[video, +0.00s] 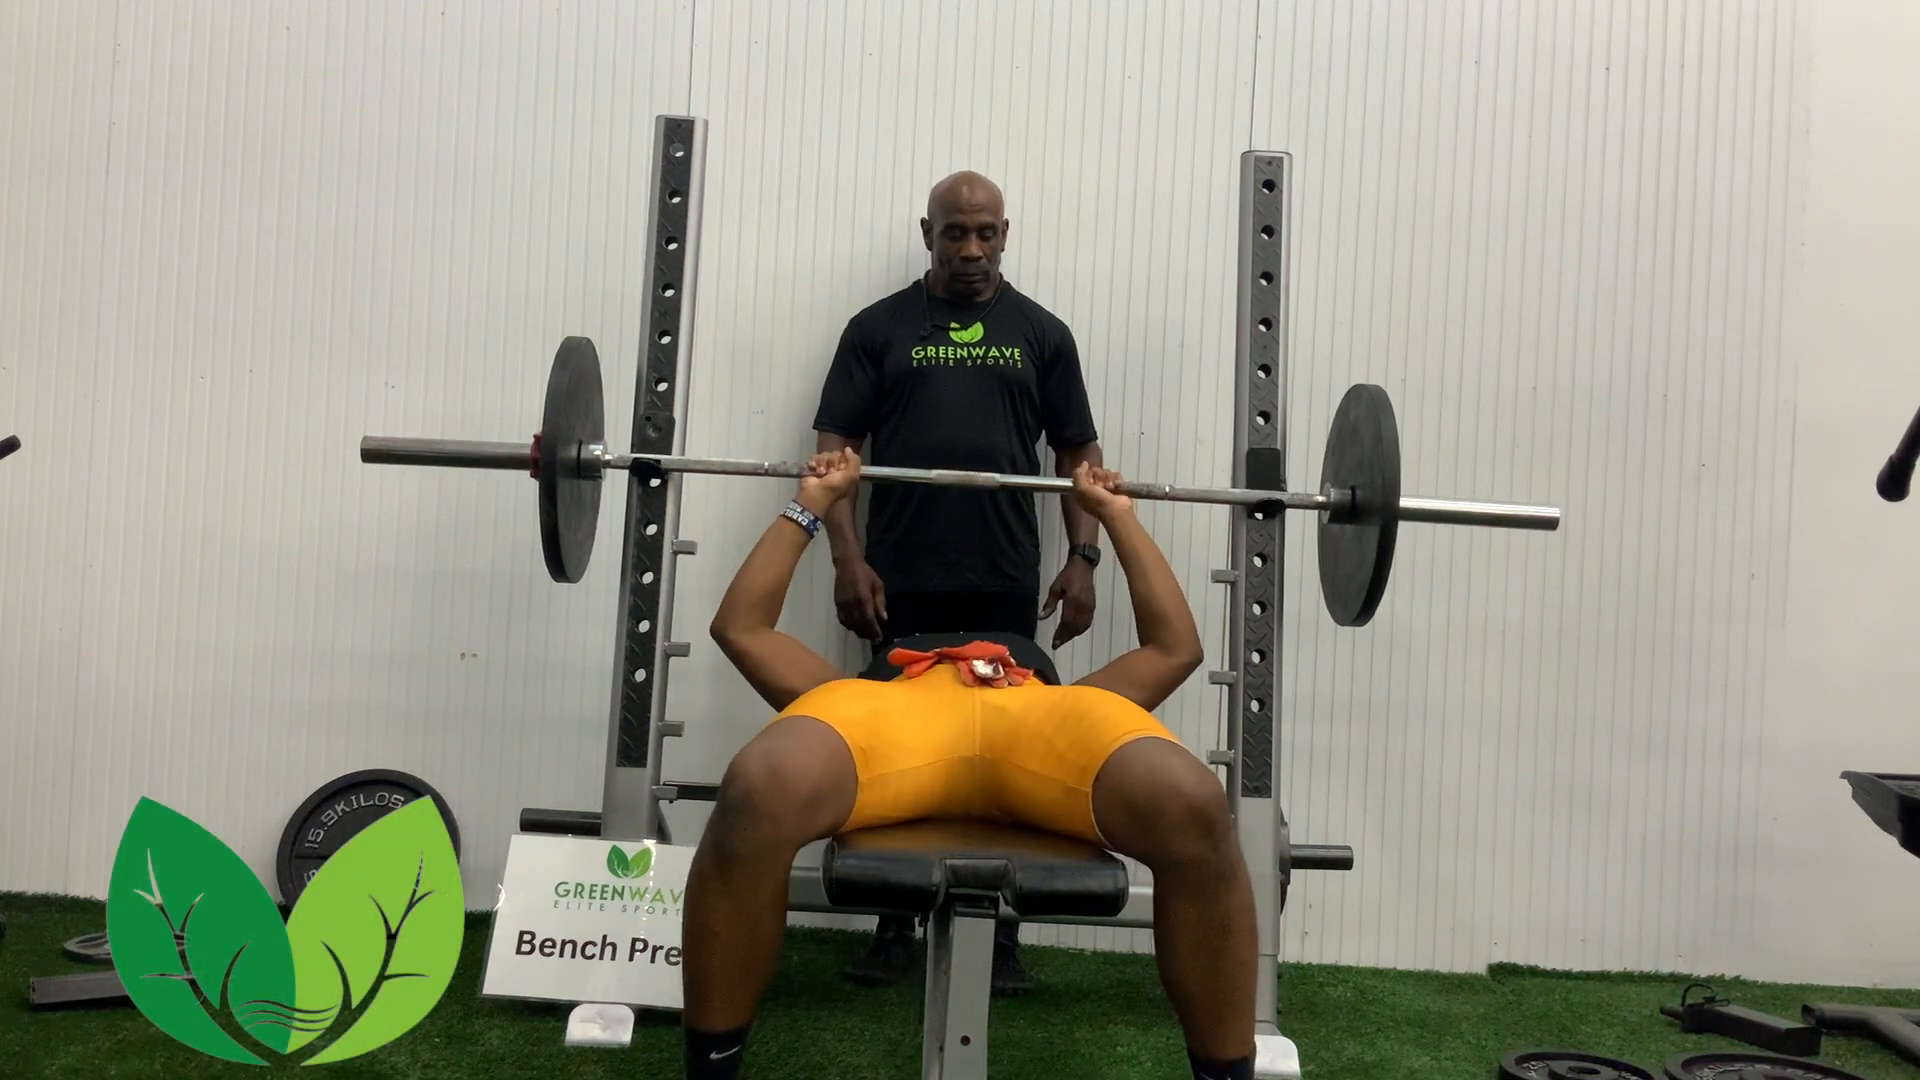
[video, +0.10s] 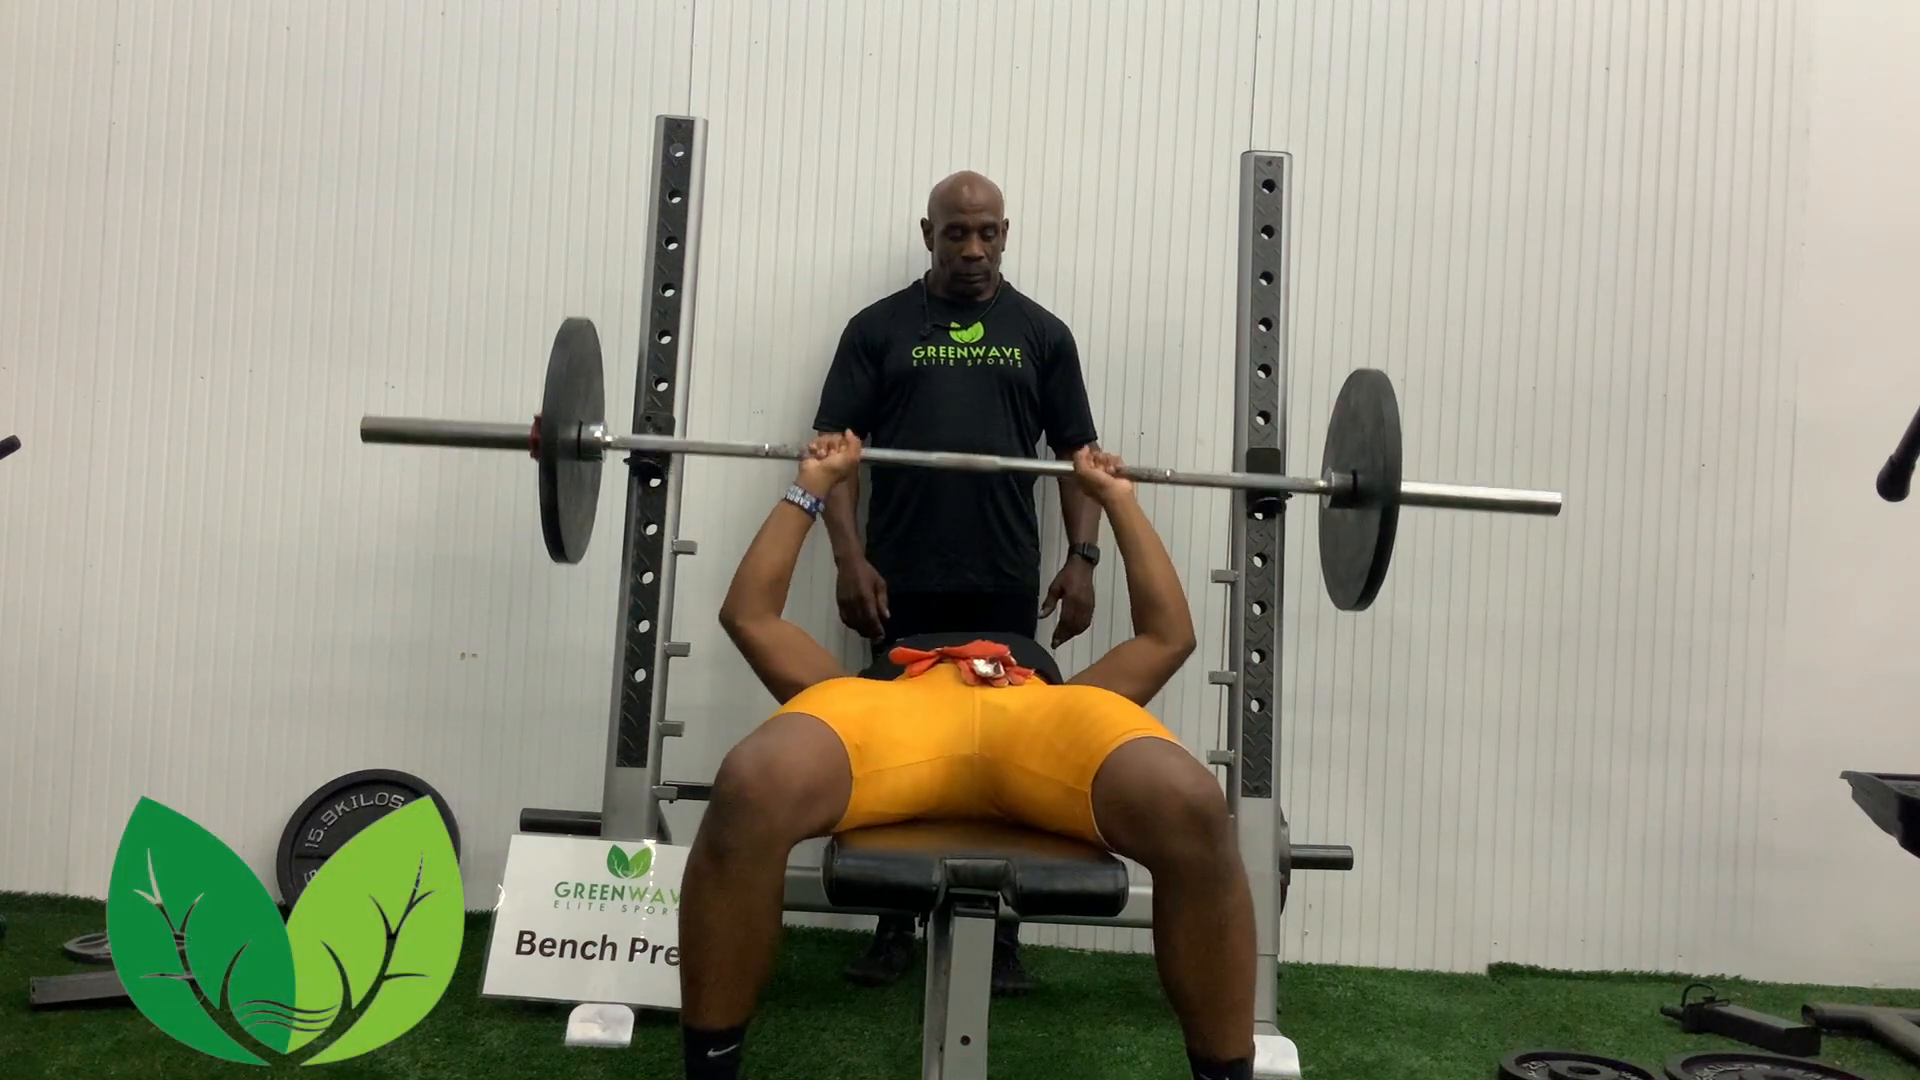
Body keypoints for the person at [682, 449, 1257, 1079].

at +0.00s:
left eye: (1001, 647)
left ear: (1030, 673)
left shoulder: (1067, 696)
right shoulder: (861, 689)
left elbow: (1175, 643)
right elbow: (740, 625)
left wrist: (1116, 514)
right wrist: (807, 508)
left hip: (1048, 711)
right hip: (886, 704)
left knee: (1196, 808)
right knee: (755, 791)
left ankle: (1227, 1072)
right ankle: (711, 1068)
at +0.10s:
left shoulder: (1067, 694)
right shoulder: (861, 687)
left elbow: (1167, 632)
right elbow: (749, 613)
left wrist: (1120, 500)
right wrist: (808, 488)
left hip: (1050, 711)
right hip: (881, 704)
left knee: (1197, 810)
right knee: (748, 786)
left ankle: (1227, 1074)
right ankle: (710, 1068)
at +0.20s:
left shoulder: (1065, 689)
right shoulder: (855, 687)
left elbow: (1154, 609)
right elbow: (768, 587)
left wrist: (1124, 467)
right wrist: (810, 456)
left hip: (1040, 709)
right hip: (884, 706)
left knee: (1193, 811)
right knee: (740, 784)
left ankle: (1226, 1071)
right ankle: (708, 1061)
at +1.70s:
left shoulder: (1064, 685)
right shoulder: (861, 677)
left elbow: (1138, 603)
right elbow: (779, 587)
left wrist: (1130, 449)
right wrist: (809, 442)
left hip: (1039, 706)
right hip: (887, 698)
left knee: (1189, 812)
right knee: (756, 784)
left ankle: (1230, 1072)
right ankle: (716, 1064)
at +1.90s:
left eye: (992, 651)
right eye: (931, 651)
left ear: (1011, 659)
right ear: (907, 657)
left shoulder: (1050, 686)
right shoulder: (868, 682)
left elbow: (1143, 686)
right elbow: (759, 672)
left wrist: (1129, 539)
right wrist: (803, 535)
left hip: (1043, 707)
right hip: (890, 699)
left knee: (1190, 816)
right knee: (751, 794)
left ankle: (1231, 1070)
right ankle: (714, 1067)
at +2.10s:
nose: (969, 654)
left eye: (994, 656)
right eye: (940, 653)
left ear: (1028, 687)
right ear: (910, 665)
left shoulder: (1047, 700)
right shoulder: (883, 683)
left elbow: (1134, 749)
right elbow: (771, 760)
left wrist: (1130, 642)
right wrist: (801, 636)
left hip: (1044, 714)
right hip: (888, 702)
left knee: (1187, 817)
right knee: (752, 791)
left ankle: (1232, 1073)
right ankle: (713, 1071)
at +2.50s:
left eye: (995, 649)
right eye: (934, 649)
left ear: (1017, 660)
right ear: (911, 653)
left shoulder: (1055, 687)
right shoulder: (871, 683)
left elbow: (1149, 683)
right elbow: (763, 670)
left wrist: (1130, 531)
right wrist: (794, 526)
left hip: (1048, 710)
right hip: (893, 703)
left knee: (1197, 815)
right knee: (756, 794)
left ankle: (1231, 1074)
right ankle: (716, 1070)